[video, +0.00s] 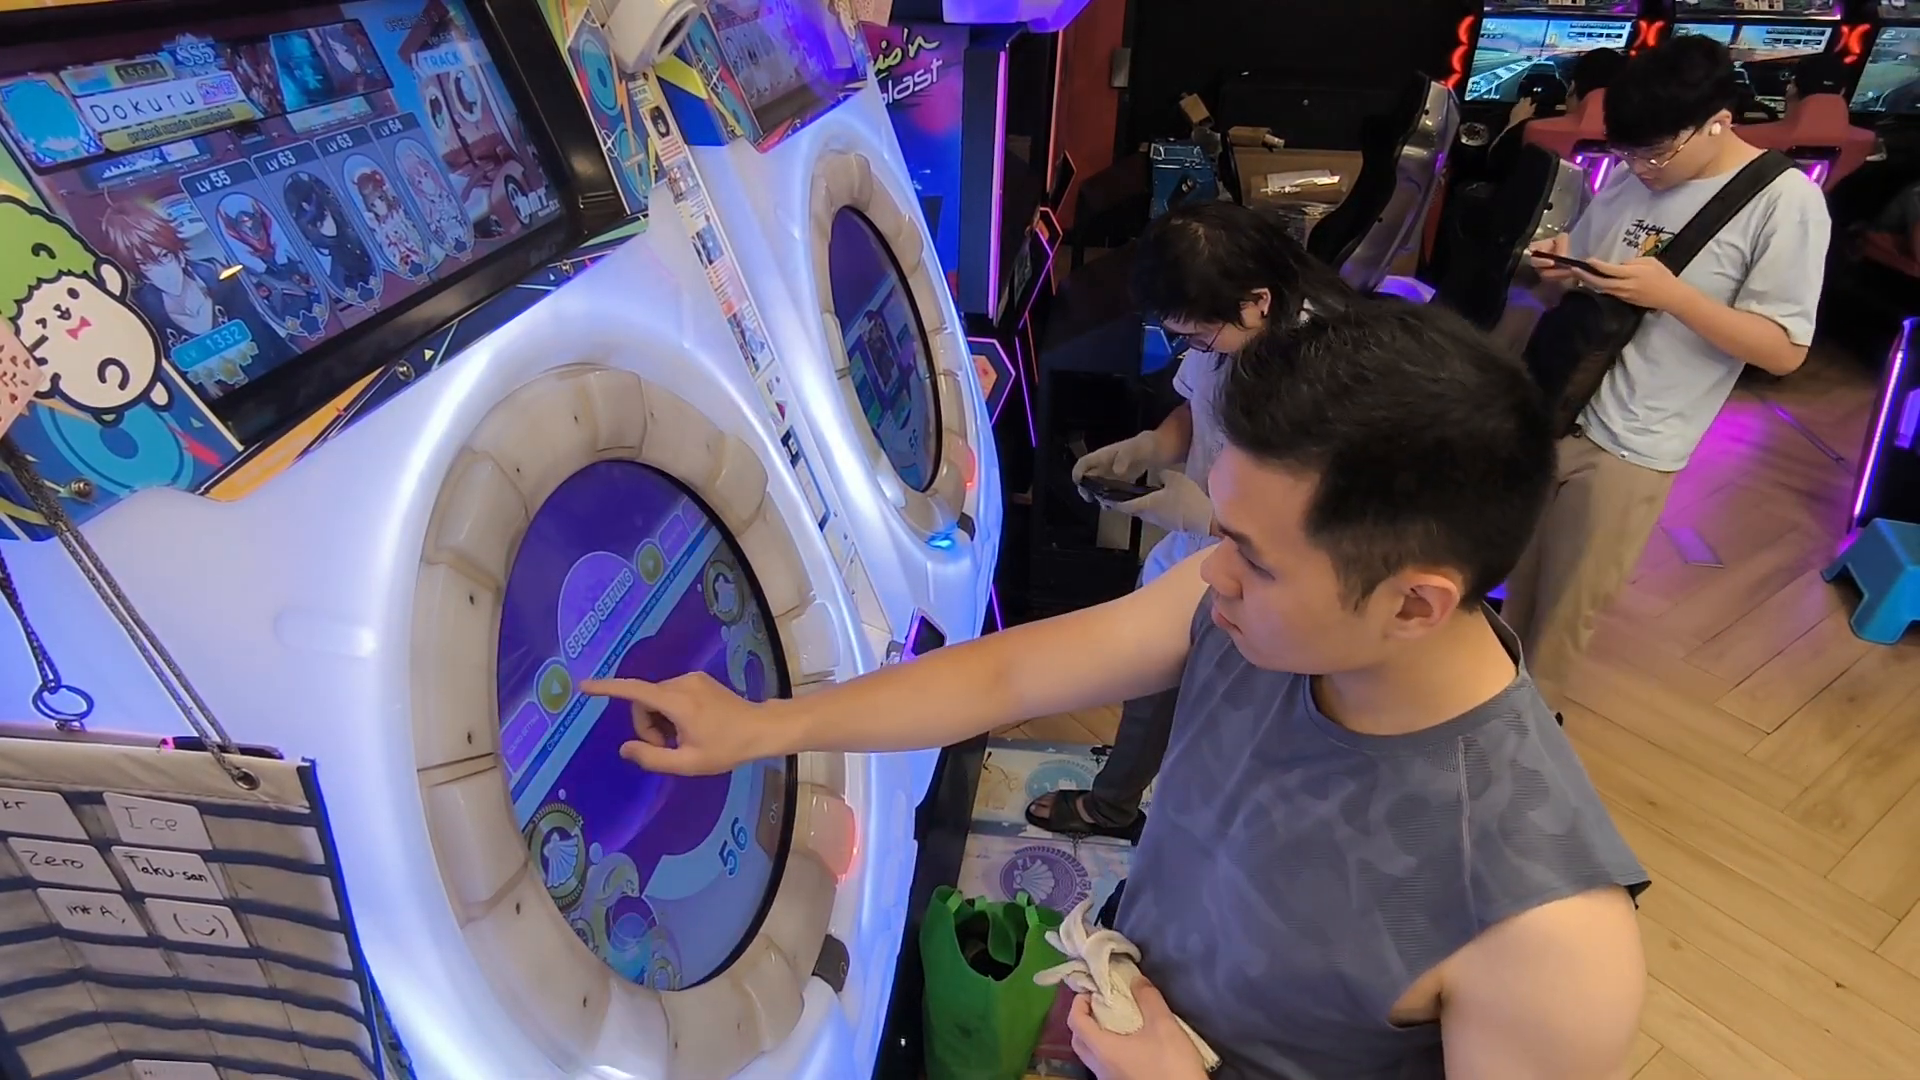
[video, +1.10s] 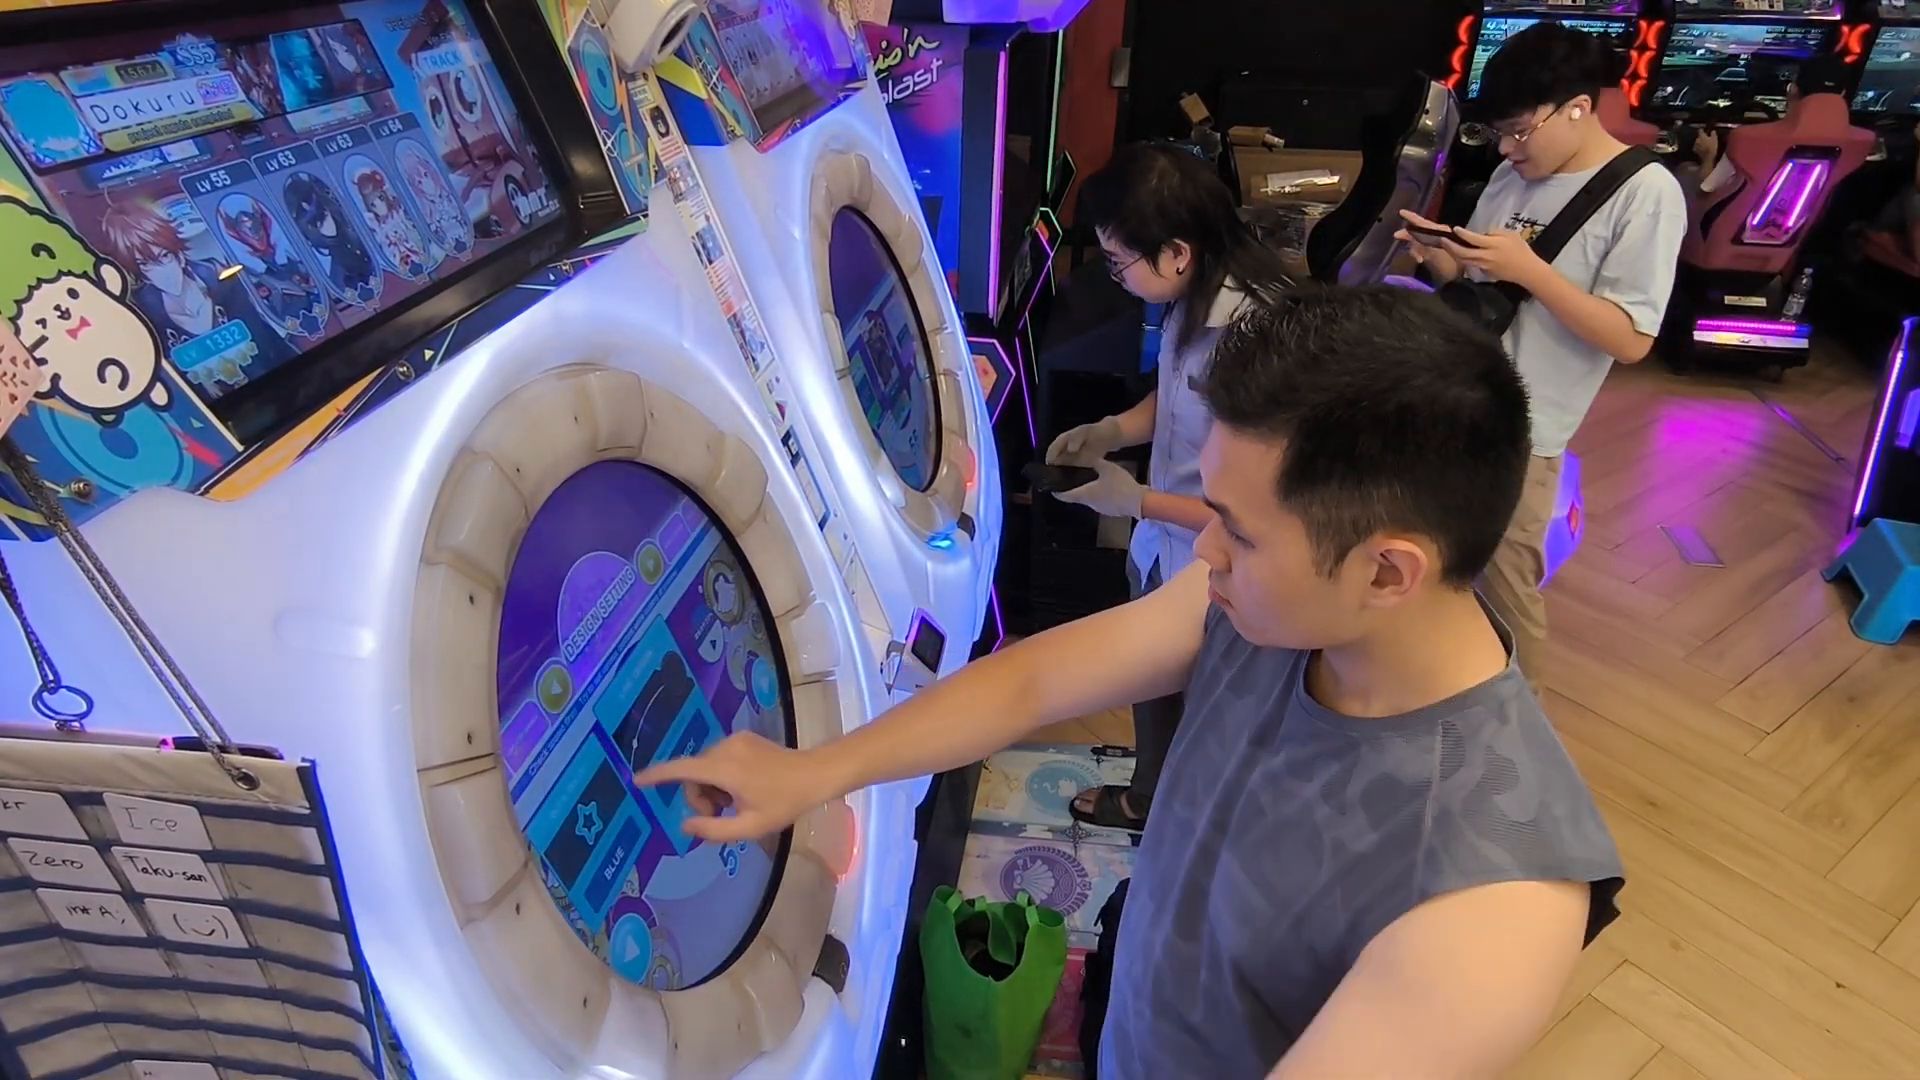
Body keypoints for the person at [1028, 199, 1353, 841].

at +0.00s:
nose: (1189, 349)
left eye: (1198, 333)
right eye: (1179, 335)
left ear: (1257, 303)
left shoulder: (1324, 371)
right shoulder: (1216, 338)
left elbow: (1308, 518)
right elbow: (1185, 418)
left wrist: (1207, 513)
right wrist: (1143, 452)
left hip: (1270, 556)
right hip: (1196, 538)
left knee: (1241, 694)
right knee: (1155, 676)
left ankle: (1212, 824)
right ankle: (1117, 798)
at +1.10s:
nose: (1115, 273)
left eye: (1121, 259)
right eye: (1110, 258)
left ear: (1178, 254)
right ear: (1174, 255)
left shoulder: (1247, 339)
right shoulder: (1189, 301)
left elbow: (1252, 515)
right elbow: (1176, 398)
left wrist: (1139, 501)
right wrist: (1110, 433)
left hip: (1213, 553)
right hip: (1166, 526)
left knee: (1177, 692)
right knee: (1153, 675)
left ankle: (1157, 803)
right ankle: (1147, 784)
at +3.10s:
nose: (1128, 268)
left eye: (1143, 254)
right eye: (1119, 251)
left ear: (1204, 233)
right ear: (1109, 228)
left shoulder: (1262, 331)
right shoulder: (1155, 286)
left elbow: (1266, 488)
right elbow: (1133, 383)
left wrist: (1142, 471)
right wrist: (1090, 405)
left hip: (1211, 557)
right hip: (1148, 530)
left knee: (1197, 702)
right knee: (1153, 678)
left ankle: (1197, 829)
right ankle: (1152, 794)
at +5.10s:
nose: (1120, 309)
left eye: (1128, 296)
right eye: (1110, 299)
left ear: (1179, 269)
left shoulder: (1253, 328)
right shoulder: (1156, 299)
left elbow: (1258, 478)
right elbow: (1146, 385)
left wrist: (1139, 468)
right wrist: (1094, 406)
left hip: (1201, 556)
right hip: (1137, 535)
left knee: (1196, 717)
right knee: (1150, 689)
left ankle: (1191, 842)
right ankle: (1150, 798)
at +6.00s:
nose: (1121, 311)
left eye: (1129, 298)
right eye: (1112, 300)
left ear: (1180, 268)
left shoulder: (1260, 345)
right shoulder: (1158, 297)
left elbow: (1268, 493)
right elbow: (1142, 388)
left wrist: (1139, 471)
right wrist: (1085, 406)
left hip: (1196, 559)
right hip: (1133, 535)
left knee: (1205, 714)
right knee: (1149, 684)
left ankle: (1222, 844)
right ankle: (1156, 800)